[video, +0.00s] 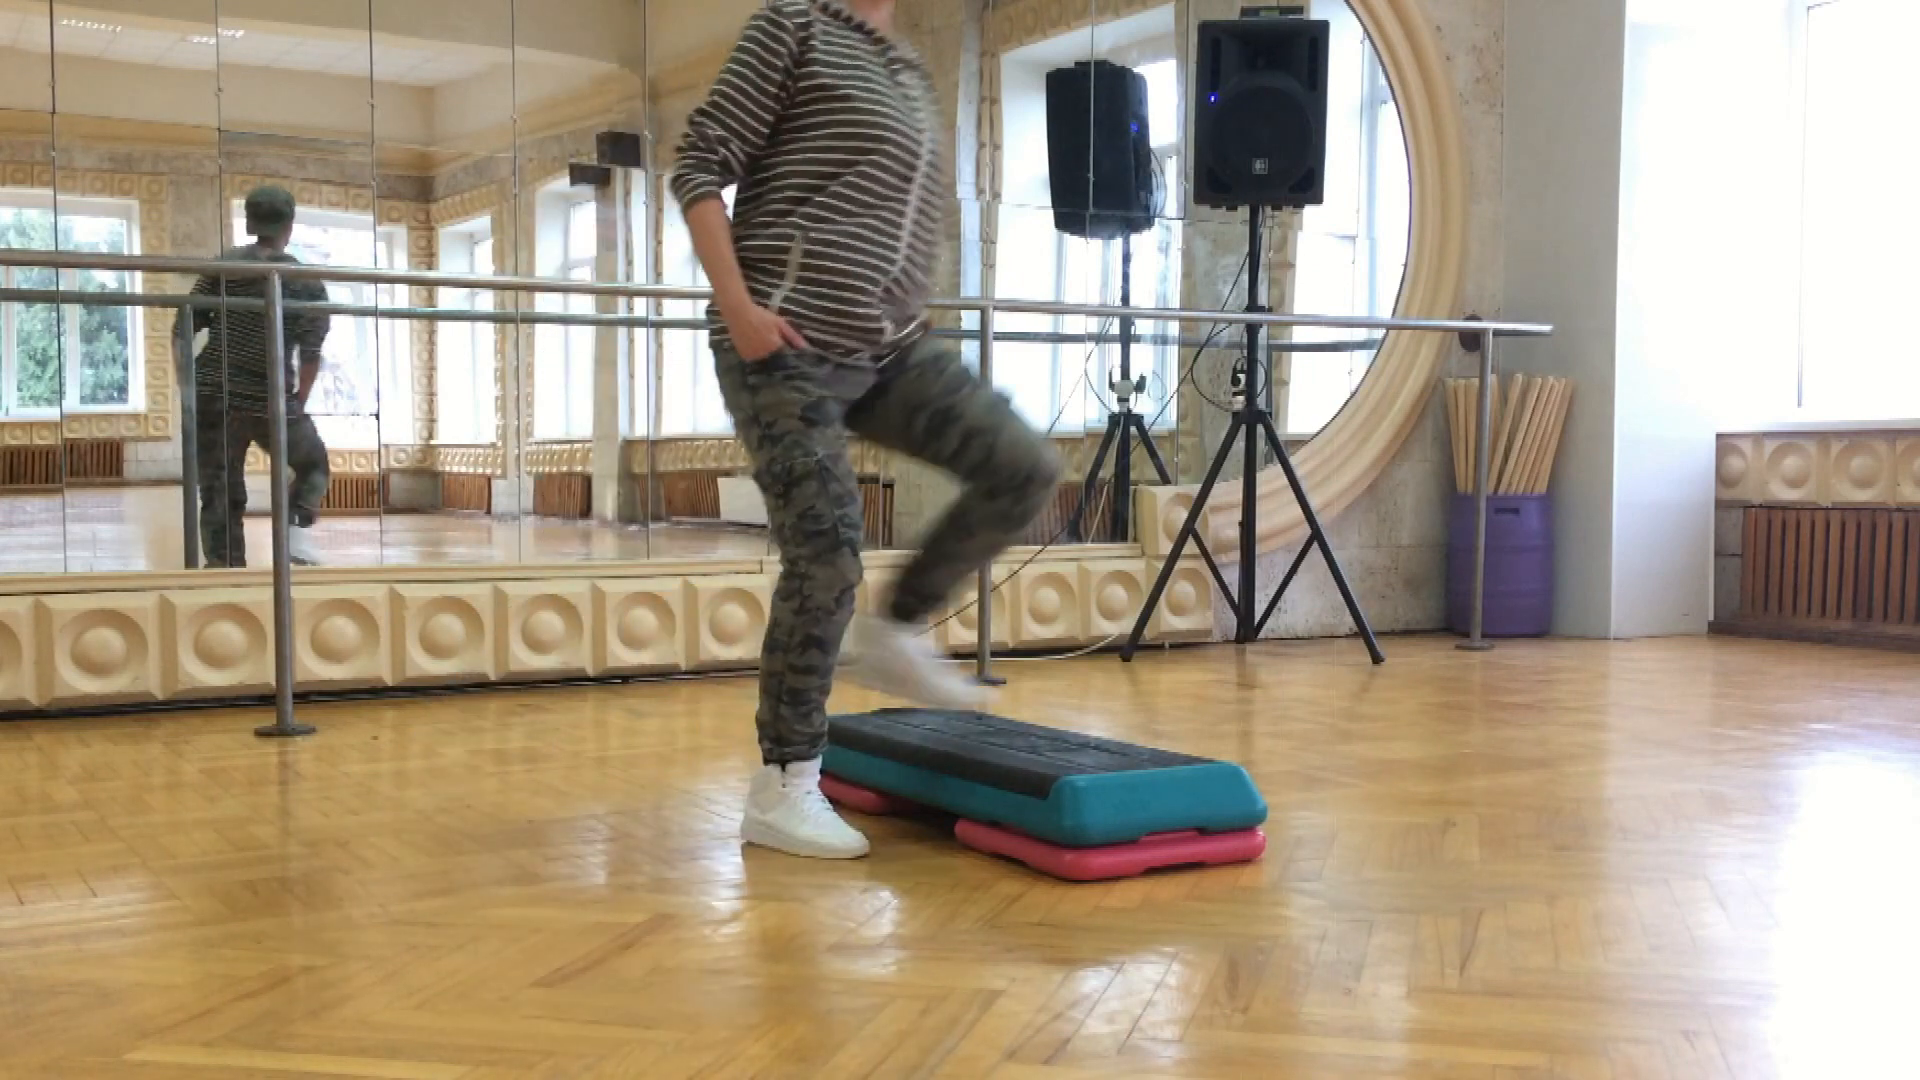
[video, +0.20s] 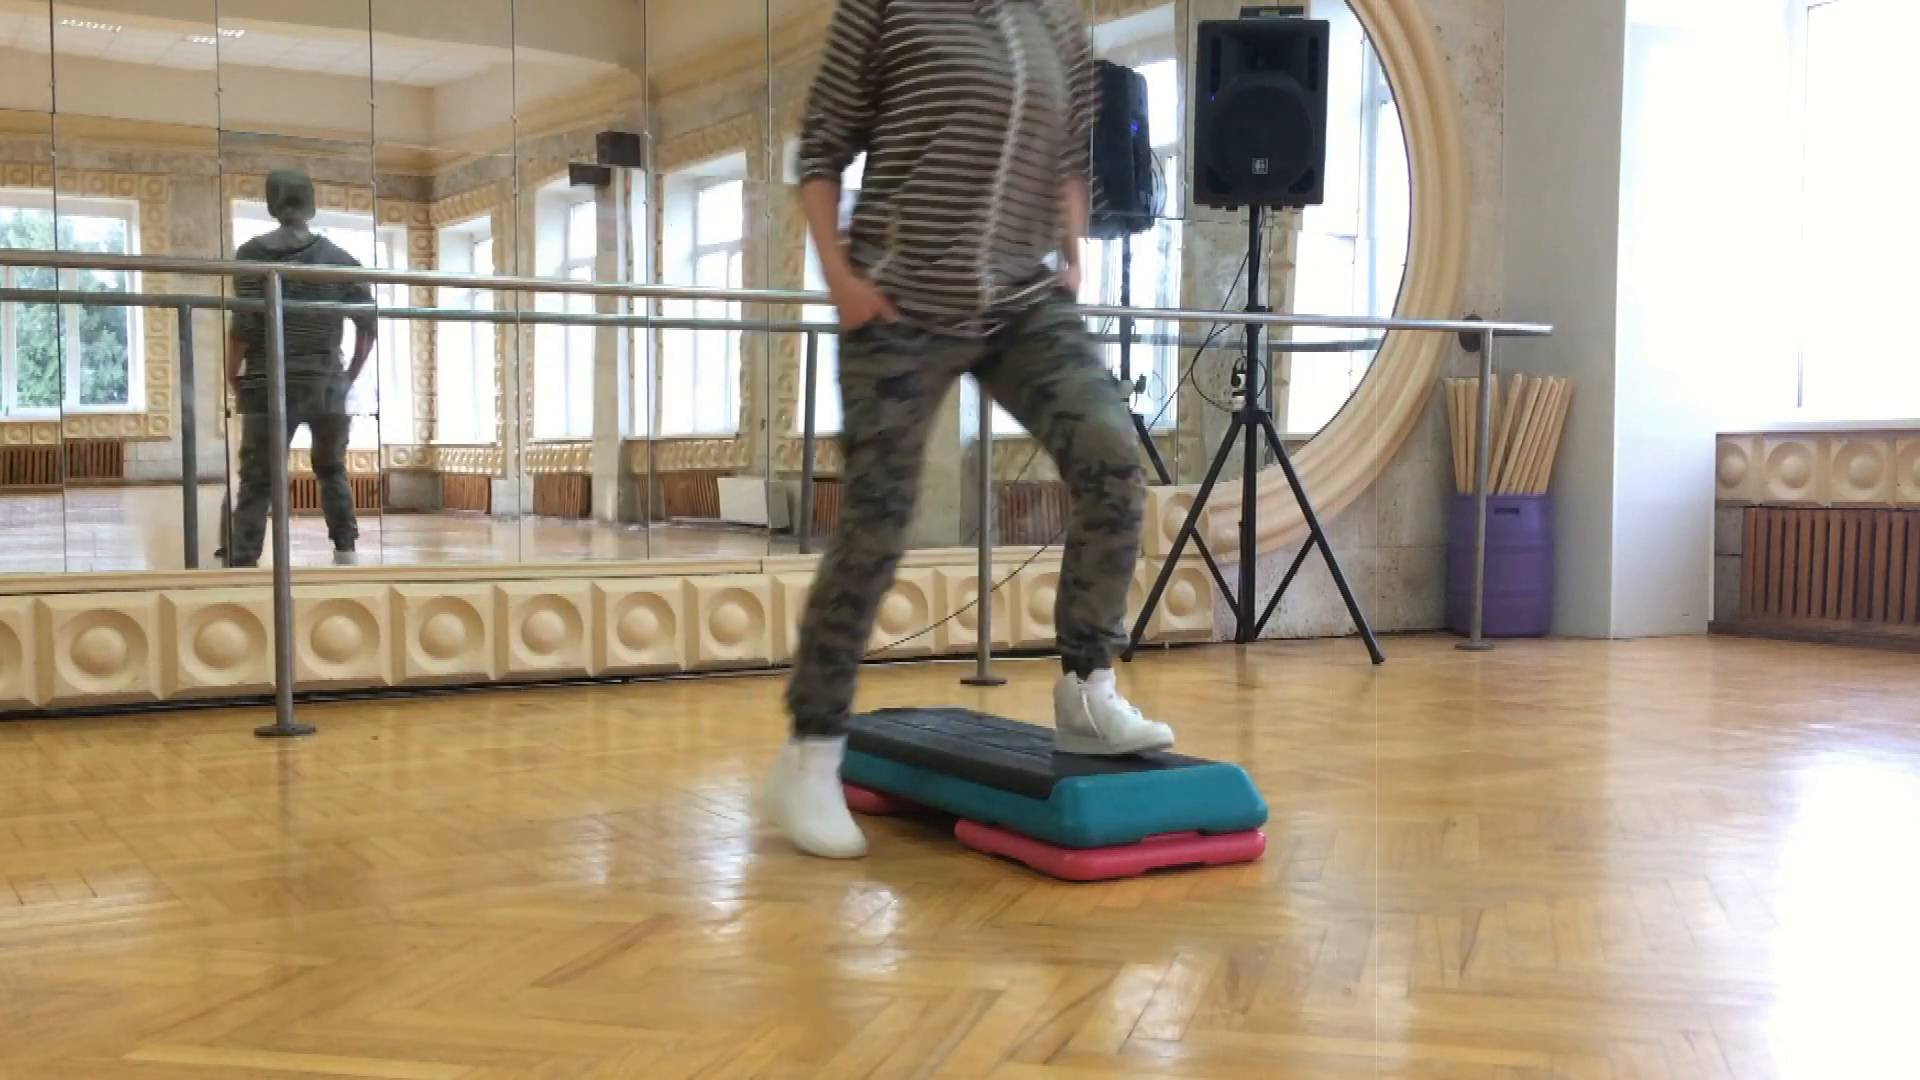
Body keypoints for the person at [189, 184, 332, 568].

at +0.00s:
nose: (284, 230)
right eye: (288, 223)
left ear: (248, 223)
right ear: (289, 226)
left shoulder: (222, 266)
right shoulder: (304, 278)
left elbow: (182, 328)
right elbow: (312, 350)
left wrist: (188, 382)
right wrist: (300, 398)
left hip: (214, 396)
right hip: (269, 398)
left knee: (221, 492)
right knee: (313, 465)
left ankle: (225, 581)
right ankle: (297, 532)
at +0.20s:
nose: (283, 211)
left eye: (275, 204)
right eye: (301, 205)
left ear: (272, 207)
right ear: (311, 205)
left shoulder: (252, 254)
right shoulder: (339, 259)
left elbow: (245, 322)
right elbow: (368, 322)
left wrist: (233, 374)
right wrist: (351, 374)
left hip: (267, 384)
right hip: (325, 384)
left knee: (256, 479)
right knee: (332, 468)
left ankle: (242, 566)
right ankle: (346, 553)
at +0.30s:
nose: (290, 211)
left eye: (284, 204)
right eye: (301, 204)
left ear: (283, 205)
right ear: (322, 203)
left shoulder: (270, 253)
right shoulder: (356, 257)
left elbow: (278, 317)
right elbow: (374, 317)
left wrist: (268, 366)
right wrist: (362, 362)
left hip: (304, 385)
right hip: (357, 385)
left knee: (267, 469)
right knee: (343, 468)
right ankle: (347, 552)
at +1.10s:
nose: (366, 246)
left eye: (359, 239)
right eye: (370, 239)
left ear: (351, 245)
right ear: (382, 243)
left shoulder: (342, 297)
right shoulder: (405, 286)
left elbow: (362, 355)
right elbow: (438, 345)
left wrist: (363, 413)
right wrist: (432, 394)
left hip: (388, 406)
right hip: (428, 403)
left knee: (388, 504)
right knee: (410, 493)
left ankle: (433, 547)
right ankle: (402, 572)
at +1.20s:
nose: (355, 246)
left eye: (351, 240)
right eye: (362, 240)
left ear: (347, 245)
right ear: (378, 243)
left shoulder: (331, 295)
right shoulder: (400, 288)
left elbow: (330, 362)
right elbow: (431, 347)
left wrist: (345, 411)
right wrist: (434, 398)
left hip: (371, 408)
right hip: (416, 404)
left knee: (372, 486)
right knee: (406, 490)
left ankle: (388, 548)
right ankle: (408, 568)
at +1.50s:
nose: (372, 251)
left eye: (373, 244)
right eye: (365, 243)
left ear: (352, 247)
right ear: (344, 246)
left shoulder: (349, 285)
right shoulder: (334, 286)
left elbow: (334, 348)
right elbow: (315, 349)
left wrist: (359, 389)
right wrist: (353, 396)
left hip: (332, 403)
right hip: (335, 403)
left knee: (336, 495)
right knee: (388, 482)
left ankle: (294, 562)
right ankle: (394, 565)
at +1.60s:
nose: (353, 250)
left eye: (356, 242)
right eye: (345, 242)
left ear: (360, 243)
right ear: (323, 245)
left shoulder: (349, 289)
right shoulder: (314, 286)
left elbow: (338, 348)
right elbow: (279, 339)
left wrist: (353, 396)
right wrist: (306, 390)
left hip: (346, 404)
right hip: (317, 403)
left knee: (327, 491)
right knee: (373, 469)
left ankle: (295, 561)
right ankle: (363, 561)